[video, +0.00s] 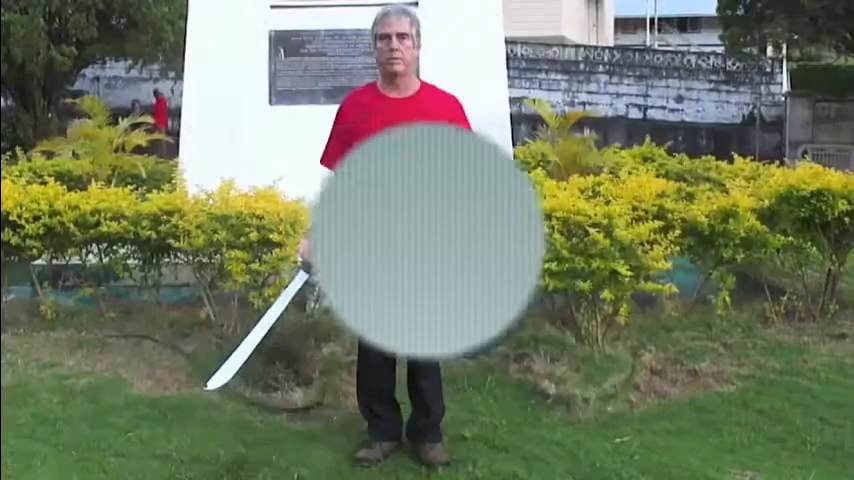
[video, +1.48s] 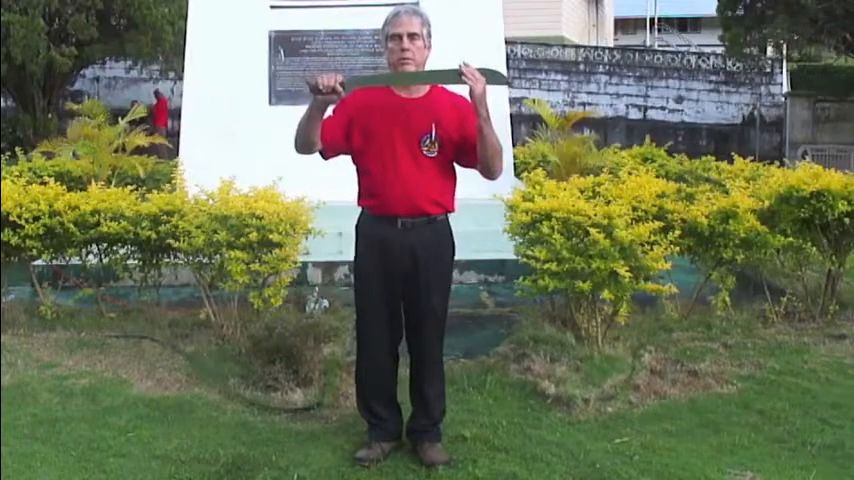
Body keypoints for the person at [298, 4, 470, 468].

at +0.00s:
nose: (393, 45)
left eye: (403, 37)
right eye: (384, 38)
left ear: (418, 45)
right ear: (373, 48)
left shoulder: (447, 105)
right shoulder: (355, 105)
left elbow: (467, 181)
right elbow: (334, 182)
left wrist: (471, 240)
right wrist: (315, 237)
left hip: (430, 236)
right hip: (372, 237)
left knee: (426, 335)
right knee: (375, 337)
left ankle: (428, 434)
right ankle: (382, 432)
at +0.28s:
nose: (394, 46)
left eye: (403, 38)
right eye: (385, 39)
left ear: (418, 46)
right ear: (374, 48)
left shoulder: (443, 106)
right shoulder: (356, 106)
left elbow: (474, 172)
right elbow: (336, 175)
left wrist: (514, 218)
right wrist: (301, 222)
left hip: (423, 233)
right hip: (368, 232)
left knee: (422, 340)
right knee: (373, 339)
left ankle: (428, 435)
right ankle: (382, 432)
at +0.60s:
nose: (396, 47)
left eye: (405, 39)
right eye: (386, 39)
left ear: (419, 46)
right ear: (375, 48)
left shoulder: (448, 106)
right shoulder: (356, 105)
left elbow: (496, 152)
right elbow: (315, 162)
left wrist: (523, 120)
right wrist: (273, 159)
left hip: (425, 232)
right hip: (370, 232)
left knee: (422, 339)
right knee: (374, 339)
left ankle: (427, 435)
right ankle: (382, 434)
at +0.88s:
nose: (395, 46)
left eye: (404, 38)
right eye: (387, 39)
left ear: (419, 47)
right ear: (376, 48)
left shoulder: (446, 104)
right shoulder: (353, 104)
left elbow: (494, 144)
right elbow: (294, 138)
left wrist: (481, 93)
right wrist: (287, 98)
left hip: (425, 232)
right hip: (371, 233)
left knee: (423, 339)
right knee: (375, 338)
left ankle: (428, 434)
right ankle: (381, 433)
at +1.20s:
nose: (399, 47)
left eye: (408, 38)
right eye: (389, 39)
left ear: (423, 45)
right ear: (378, 47)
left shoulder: (447, 105)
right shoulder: (356, 101)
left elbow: (488, 170)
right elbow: (299, 140)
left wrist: (476, 113)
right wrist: (310, 97)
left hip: (426, 232)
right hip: (372, 232)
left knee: (424, 339)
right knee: (375, 338)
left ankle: (428, 434)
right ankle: (381, 434)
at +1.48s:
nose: (404, 46)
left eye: (414, 37)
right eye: (395, 38)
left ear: (428, 45)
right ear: (383, 47)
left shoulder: (451, 104)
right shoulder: (360, 102)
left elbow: (492, 169)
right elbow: (305, 145)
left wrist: (481, 108)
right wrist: (318, 102)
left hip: (431, 233)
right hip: (376, 233)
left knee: (427, 340)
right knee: (375, 338)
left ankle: (427, 435)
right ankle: (381, 434)